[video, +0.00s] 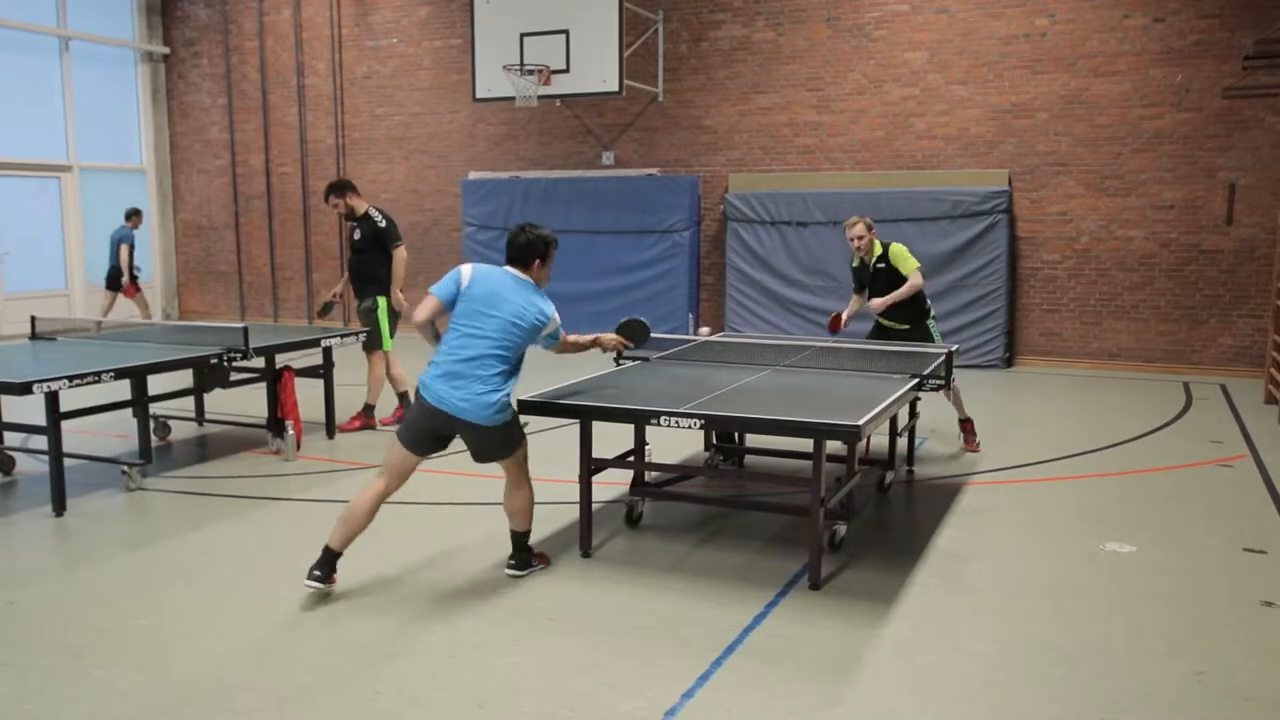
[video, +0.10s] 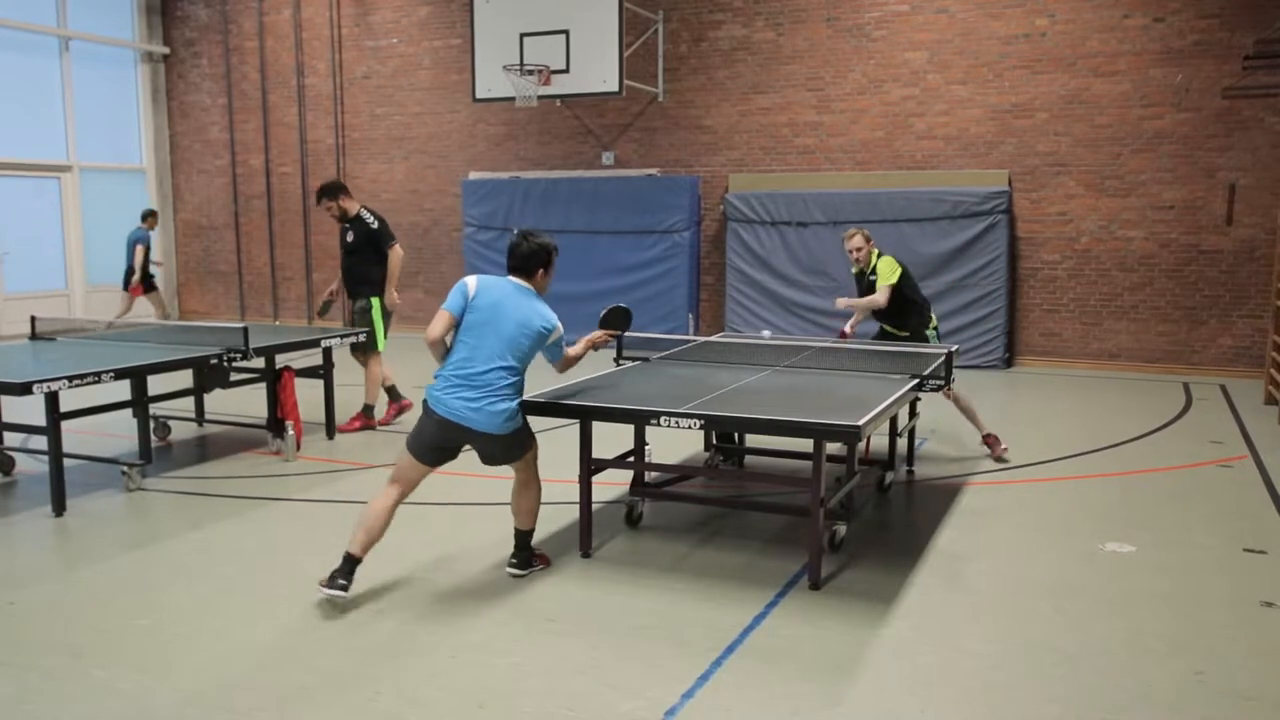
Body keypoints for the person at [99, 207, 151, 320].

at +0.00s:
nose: (141, 222)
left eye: (141, 219)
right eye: (139, 218)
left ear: (130, 219)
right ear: (133, 219)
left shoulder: (117, 232)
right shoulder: (127, 234)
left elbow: (116, 256)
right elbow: (124, 255)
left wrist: (131, 266)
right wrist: (126, 275)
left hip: (113, 271)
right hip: (124, 272)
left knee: (106, 305)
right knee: (143, 306)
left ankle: (95, 329)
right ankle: (149, 335)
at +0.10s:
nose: (156, 223)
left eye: (156, 220)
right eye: (155, 220)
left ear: (146, 220)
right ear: (149, 220)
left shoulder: (134, 233)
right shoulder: (143, 235)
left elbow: (136, 256)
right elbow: (139, 255)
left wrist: (153, 263)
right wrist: (137, 273)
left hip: (130, 273)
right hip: (143, 274)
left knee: (125, 308)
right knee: (160, 307)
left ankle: (108, 326)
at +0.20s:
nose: (170, 220)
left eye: (170, 217)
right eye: (169, 217)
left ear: (159, 217)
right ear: (164, 217)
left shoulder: (148, 229)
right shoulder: (157, 231)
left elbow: (147, 253)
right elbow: (154, 253)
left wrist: (161, 266)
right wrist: (155, 271)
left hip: (146, 268)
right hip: (156, 268)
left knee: (150, 304)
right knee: (166, 303)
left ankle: (131, 319)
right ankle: (163, 331)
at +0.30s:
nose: (183, 218)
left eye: (183, 215)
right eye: (182, 215)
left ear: (172, 214)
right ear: (176, 214)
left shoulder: (161, 227)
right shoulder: (171, 228)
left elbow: (159, 250)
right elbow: (169, 248)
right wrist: (177, 268)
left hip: (159, 265)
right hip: (168, 266)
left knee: (167, 302)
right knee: (170, 302)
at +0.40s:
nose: (196, 220)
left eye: (196, 217)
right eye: (195, 217)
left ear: (184, 216)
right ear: (190, 216)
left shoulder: (173, 229)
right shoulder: (186, 230)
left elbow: (167, 251)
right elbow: (186, 249)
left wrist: (162, 268)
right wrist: (199, 266)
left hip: (173, 265)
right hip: (182, 265)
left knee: (186, 297)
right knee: (177, 297)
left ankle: (188, 323)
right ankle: (165, 326)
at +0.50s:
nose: (210, 223)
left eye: (210, 220)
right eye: (209, 220)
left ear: (198, 219)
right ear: (204, 219)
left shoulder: (186, 233)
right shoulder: (199, 233)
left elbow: (178, 252)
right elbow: (202, 252)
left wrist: (169, 266)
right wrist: (219, 264)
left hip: (188, 269)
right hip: (196, 270)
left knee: (207, 301)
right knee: (187, 304)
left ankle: (213, 325)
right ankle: (169, 325)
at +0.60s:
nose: (223, 223)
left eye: (223, 220)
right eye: (222, 220)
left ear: (212, 219)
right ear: (217, 219)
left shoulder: (200, 233)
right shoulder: (212, 233)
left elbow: (192, 253)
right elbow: (214, 253)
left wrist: (183, 268)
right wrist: (231, 266)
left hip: (201, 268)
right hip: (209, 269)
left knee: (219, 301)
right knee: (214, 304)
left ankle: (218, 329)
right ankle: (186, 320)